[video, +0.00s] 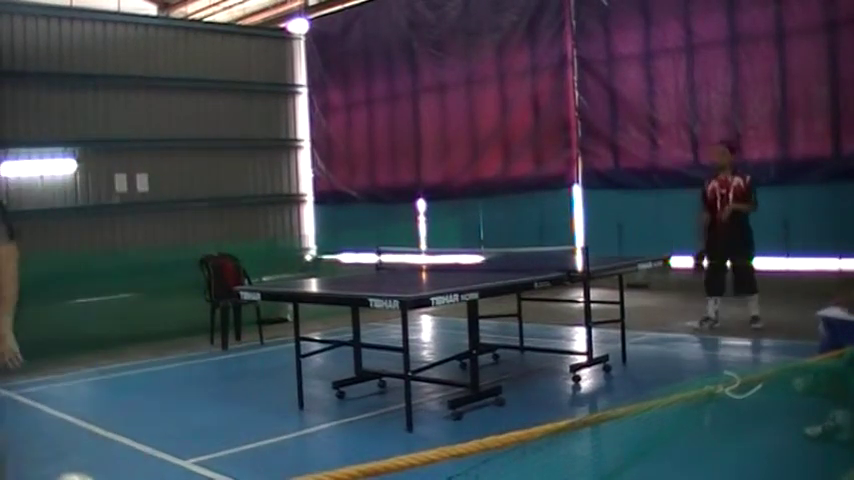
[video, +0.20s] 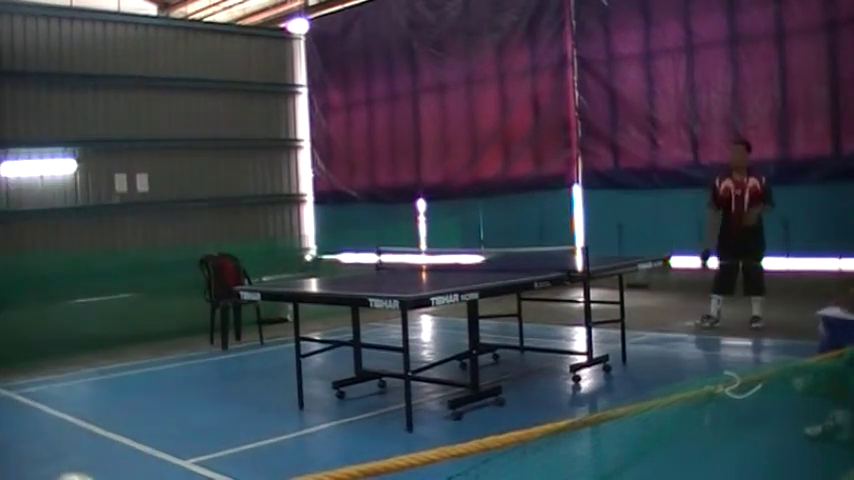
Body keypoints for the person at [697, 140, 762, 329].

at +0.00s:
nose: (718, 159)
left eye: (723, 155)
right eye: (717, 155)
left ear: (731, 157)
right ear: (714, 159)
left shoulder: (743, 181)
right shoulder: (710, 184)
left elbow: (751, 206)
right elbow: (707, 215)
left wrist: (733, 205)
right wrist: (703, 244)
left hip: (739, 235)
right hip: (716, 237)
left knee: (745, 272)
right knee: (713, 273)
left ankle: (754, 313)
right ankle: (712, 314)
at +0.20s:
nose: (737, 158)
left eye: (741, 153)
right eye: (735, 153)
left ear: (748, 156)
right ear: (730, 156)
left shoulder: (758, 181)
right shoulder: (721, 183)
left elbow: (766, 206)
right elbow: (714, 215)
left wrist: (754, 214)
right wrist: (708, 246)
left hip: (752, 237)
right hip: (728, 237)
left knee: (754, 274)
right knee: (723, 273)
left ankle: (756, 314)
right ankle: (713, 314)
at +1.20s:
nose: (712, 158)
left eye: (716, 154)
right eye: (710, 154)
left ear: (724, 156)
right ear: (707, 158)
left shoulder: (737, 181)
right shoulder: (702, 186)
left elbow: (749, 205)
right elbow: (699, 216)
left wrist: (731, 210)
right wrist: (697, 243)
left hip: (733, 241)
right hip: (711, 242)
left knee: (742, 277)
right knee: (710, 280)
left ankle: (754, 312)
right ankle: (711, 320)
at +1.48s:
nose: (692, 157)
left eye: (696, 152)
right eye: (690, 153)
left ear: (705, 155)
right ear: (689, 156)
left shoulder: (721, 179)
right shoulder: (686, 186)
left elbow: (732, 203)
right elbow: (684, 219)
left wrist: (714, 209)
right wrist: (678, 249)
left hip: (718, 235)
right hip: (698, 236)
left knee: (718, 274)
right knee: (702, 276)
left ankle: (725, 317)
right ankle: (710, 318)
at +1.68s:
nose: (684, 158)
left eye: (688, 154)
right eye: (683, 154)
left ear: (698, 157)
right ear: (681, 158)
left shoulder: (712, 181)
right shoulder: (679, 189)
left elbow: (724, 206)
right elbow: (675, 220)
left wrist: (706, 212)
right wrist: (668, 248)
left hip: (709, 234)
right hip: (690, 236)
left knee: (702, 272)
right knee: (696, 273)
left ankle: (699, 320)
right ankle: (709, 318)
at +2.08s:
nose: (674, 155)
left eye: (679, 151)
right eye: (674, 151)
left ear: (689, 155)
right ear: (673, 154)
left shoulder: (699, 182)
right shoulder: (668, 184)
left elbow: (708, 210)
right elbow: (661, 214)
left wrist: (684, 210)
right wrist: (657, 241)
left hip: (692, 242)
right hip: (672, 242)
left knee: (689, 285)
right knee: (679, 285)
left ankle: (690, 330)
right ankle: (685, 328)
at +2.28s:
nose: (659, 155)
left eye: (663, 151)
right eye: (659, 151)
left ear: (675, 155)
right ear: (663, 156)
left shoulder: (687, 180)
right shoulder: (660, 184)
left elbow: (693, 207)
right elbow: (656, 216)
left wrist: (670, 202)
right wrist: (649, 240)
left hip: (682, 242)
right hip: (662, 241)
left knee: (684, 284)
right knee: (654, 280)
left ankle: (689, 328)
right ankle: (656, 318)